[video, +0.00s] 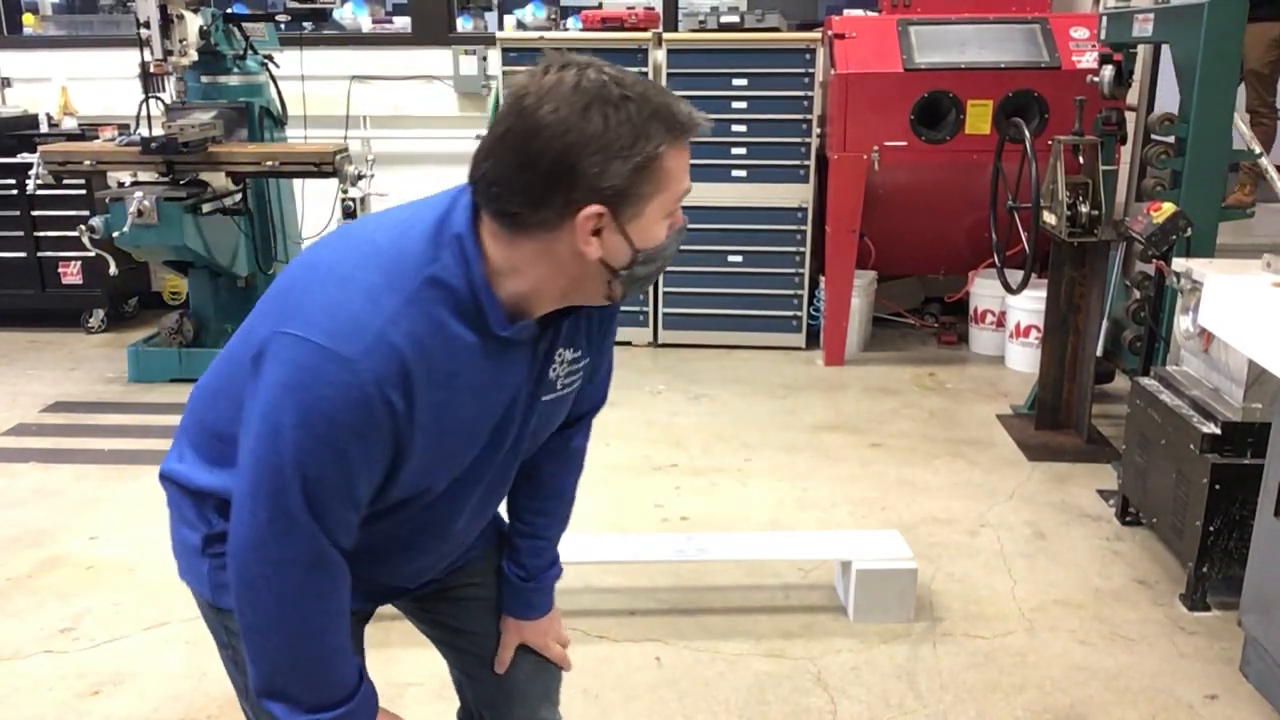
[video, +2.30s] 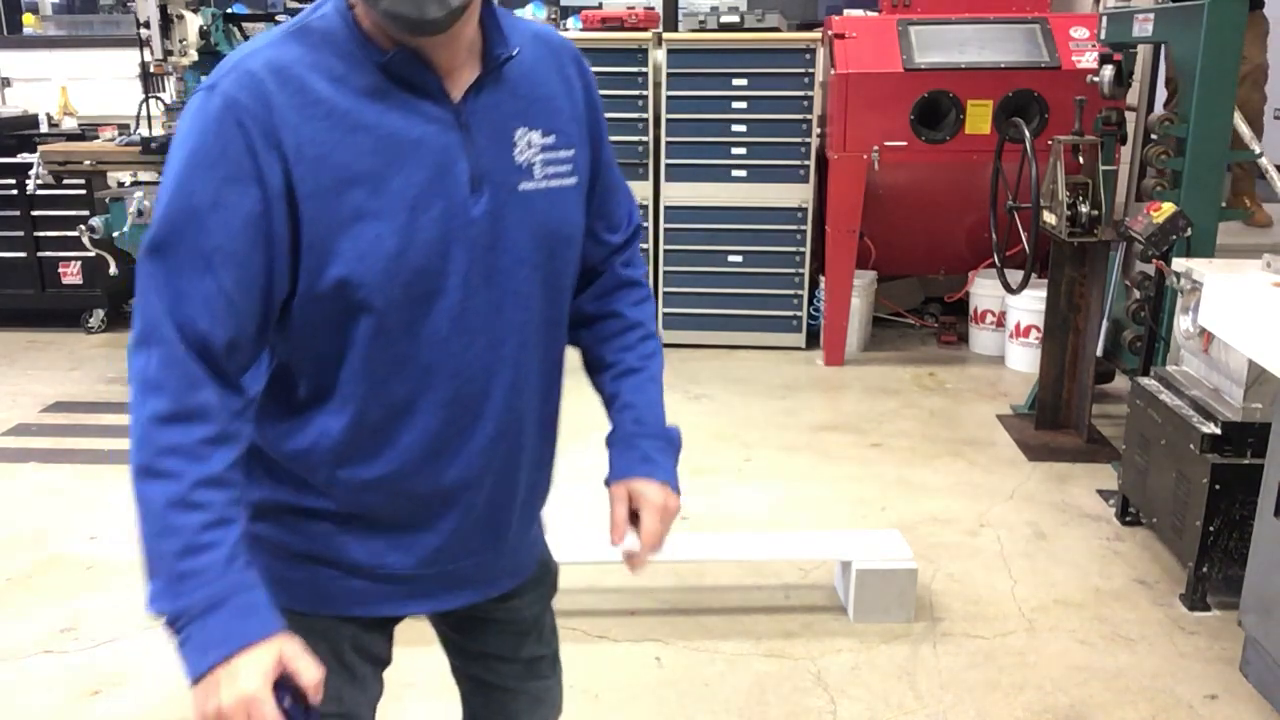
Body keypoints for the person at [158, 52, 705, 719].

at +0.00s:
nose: (680, 222)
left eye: (678, 205)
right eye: (671, 209)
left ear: (592, 230)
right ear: (594, 231)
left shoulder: (583, 287)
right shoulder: (343, 350)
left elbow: (557, 442)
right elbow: (279, 568)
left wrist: (529, 589)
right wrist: (341, 708)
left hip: (431, 506)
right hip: (271, 534)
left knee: (524, 690)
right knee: (309, 708)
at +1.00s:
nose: (614, 262)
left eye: (639, 229)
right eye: (580, 230)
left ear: (664, 217)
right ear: (508, 212)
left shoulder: (627, 287)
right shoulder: (389, 354)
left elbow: (574, 446)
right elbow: (305, 565)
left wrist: (530, 582)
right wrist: (354, 699)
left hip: (433, 484)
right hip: (269, 512)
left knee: (516, 687)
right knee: (313, 700)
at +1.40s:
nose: (498, 289)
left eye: (532, 251)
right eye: (466, 250)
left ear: (586, 231)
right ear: (417, 234)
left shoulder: (621, 301)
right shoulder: (299, 364)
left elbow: (592, 466)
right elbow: (267, 557)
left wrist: (556, 607)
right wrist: (339, 689)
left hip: (484, 516)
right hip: (331, 538)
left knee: (542, 695)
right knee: (315, 703)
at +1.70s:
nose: (471, 239)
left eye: (503, 202)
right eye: (439, 201)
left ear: (560, 190)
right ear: (386, 189)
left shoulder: (599, 273)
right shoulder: (276, 320)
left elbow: (581, 455)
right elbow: (256, 539)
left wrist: (556, 612)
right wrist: (327, 693)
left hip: (477, 517)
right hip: (324, 539)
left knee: (539, 696)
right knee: (306, 704)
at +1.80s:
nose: (455, 151)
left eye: (487, 115)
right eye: (421, 115)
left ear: (542, 113)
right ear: (369, 119)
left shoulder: (581, 221)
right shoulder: (258, 270)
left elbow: (582, 418)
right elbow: (244, 509)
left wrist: (575, 585)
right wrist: (317, 691)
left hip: (466, 510)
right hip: (312, 532)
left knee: (529, 686)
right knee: (306, 707)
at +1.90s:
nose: (430, 53)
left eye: (459, 16)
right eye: (392, 20)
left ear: (517, 27)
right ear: (340, 36)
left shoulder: (561, 161)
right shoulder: (239, 210)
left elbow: (588, 366)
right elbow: (215, 470)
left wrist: (596, 543)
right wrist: (286, 674)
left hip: (463, 513)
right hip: (305, 534)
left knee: (514, 696)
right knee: (309, 710)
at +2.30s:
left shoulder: (554, 76)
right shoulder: (253, 108)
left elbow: (609, 272)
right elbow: (180, 385)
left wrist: (642, 438)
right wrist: (218, 618)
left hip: (494, 522)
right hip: (317, 538)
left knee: (526, 705)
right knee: (317, 709)